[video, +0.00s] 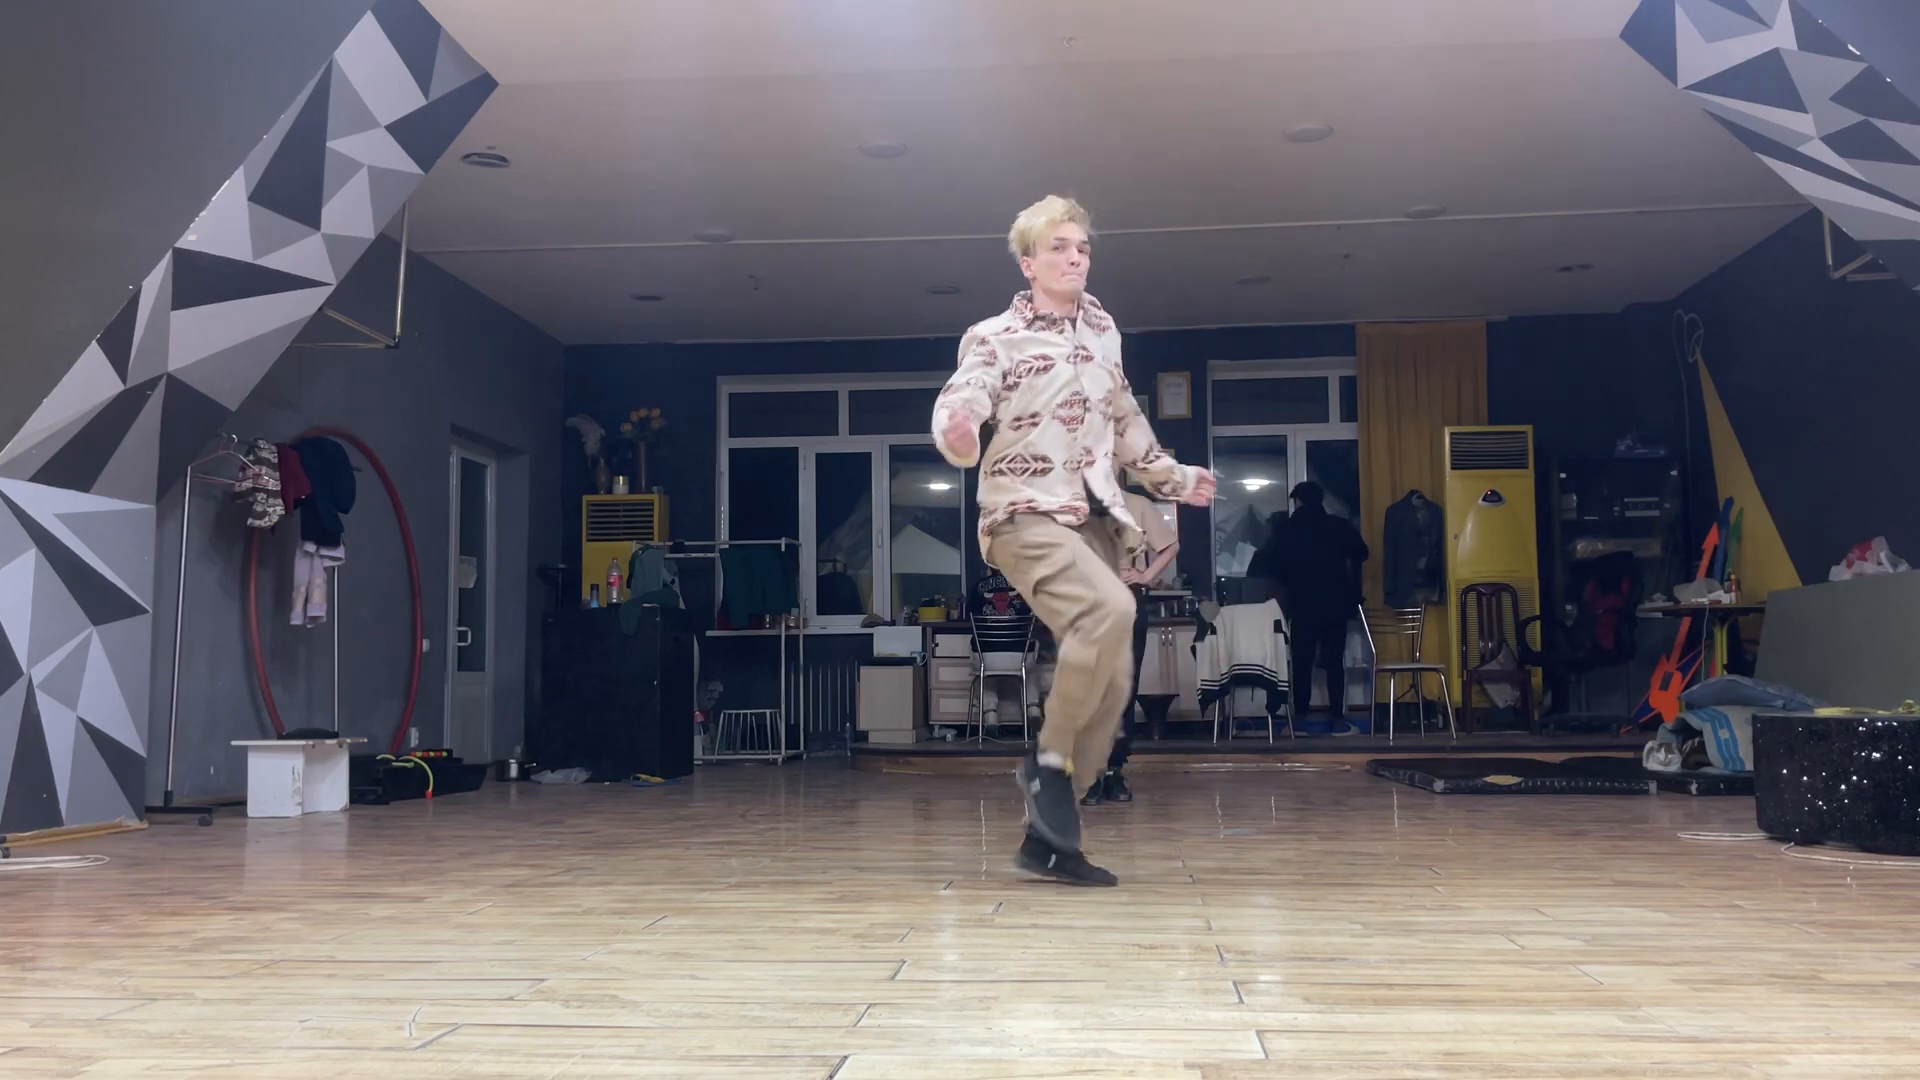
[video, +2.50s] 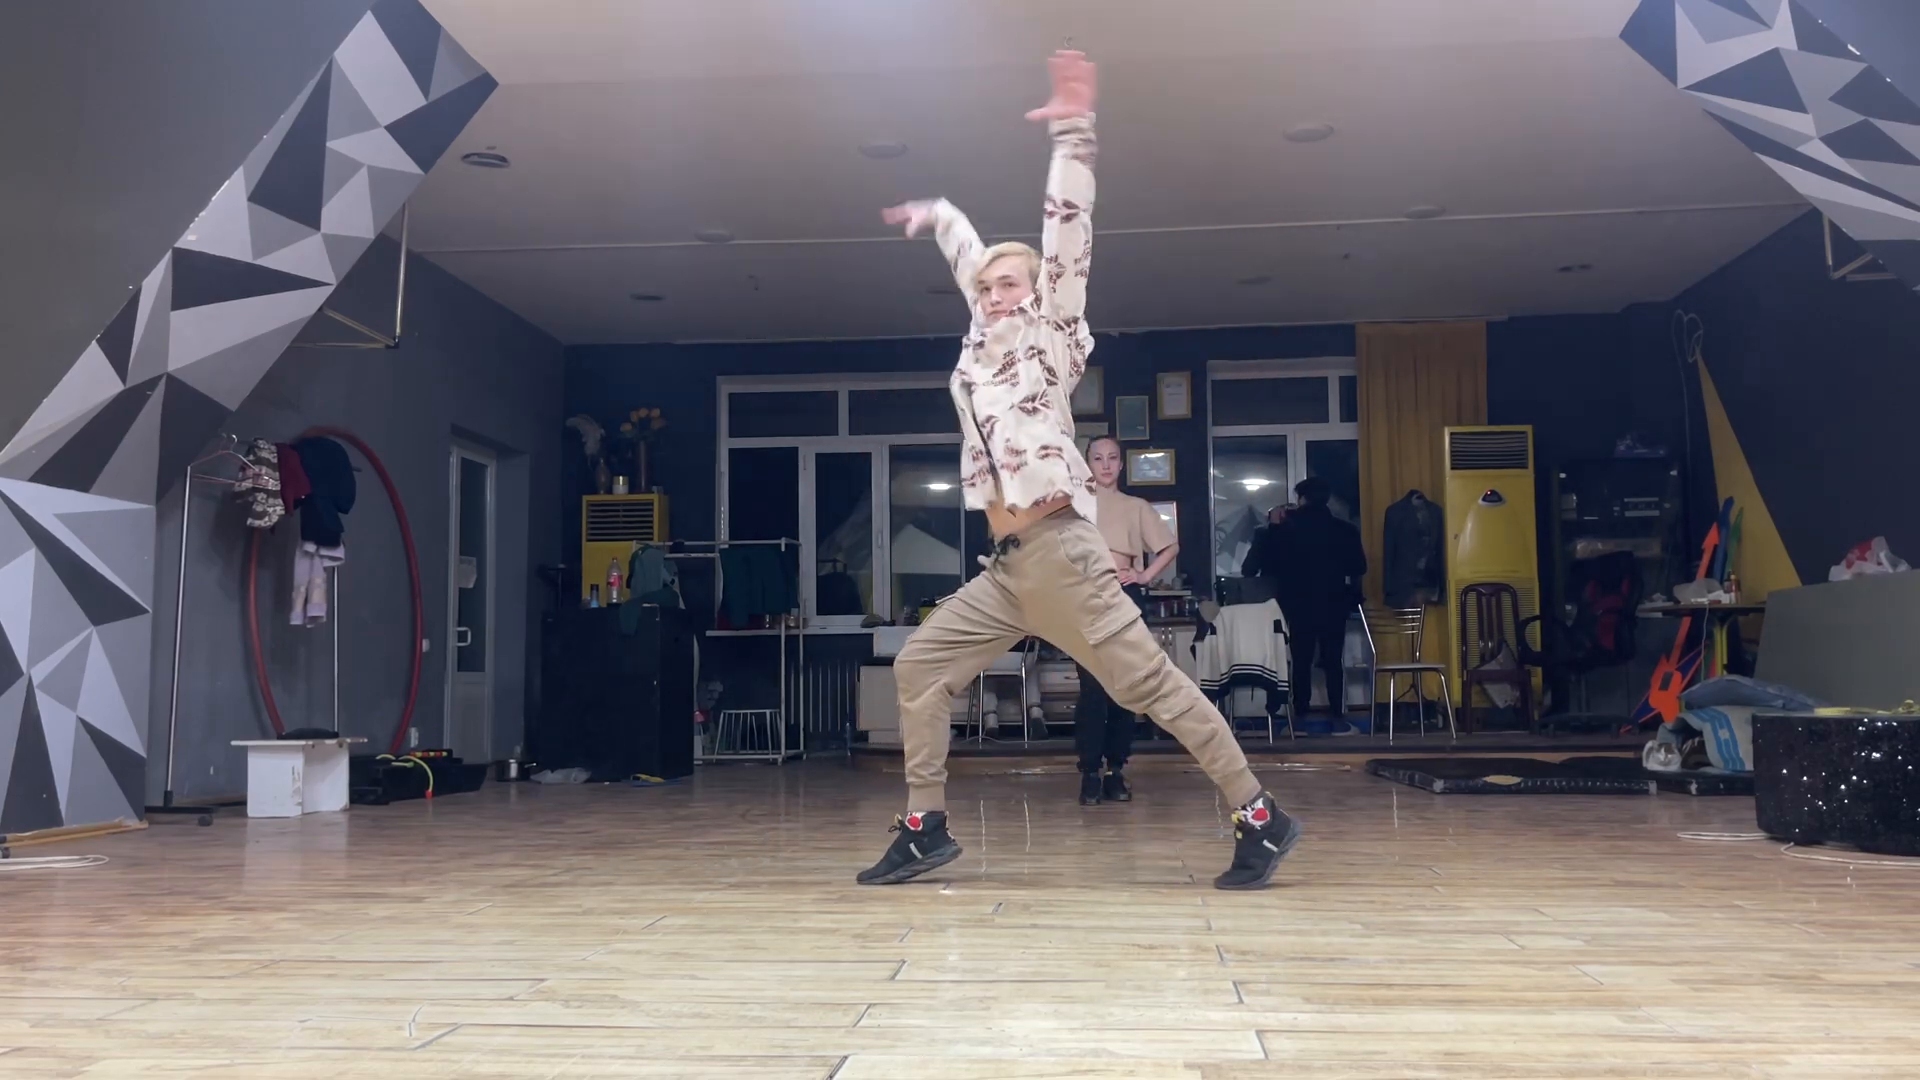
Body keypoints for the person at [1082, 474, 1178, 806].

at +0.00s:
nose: (1102, 469)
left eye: (1108, 462)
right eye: (1098, 462)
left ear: (1117, 468)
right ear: (1086, 470)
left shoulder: (1134, 504)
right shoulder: (1076, 508)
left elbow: (1170, 544)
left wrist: (1147, 574)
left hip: (1129, 595)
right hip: (1092, 596)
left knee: (1122, 681)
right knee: (1097, 678)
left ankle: (1115, 769)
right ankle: (1097, 770)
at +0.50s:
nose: (1097, 458)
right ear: (1082, 461)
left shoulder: (1133, 500)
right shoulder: (1067, 500)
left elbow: (1169, 545)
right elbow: (1054, 545)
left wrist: (1148, 574)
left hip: (1126, 596)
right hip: (1083, 598)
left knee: (1123, 689)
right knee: (1091, 689)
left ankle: (1115, 772)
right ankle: (1091, 775)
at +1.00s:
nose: (1107, 465)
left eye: (1113, 459)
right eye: (1100, 459)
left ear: (1122, 465)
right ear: (1089, 465)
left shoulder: (1137, 508)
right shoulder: (1070, 507)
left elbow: (1171, 546)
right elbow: (1051, 547)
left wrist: (1147, 575)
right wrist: (1072, 578)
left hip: (1126, 598)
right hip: (1083, 600)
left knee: (1124, 687)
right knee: (1090, 686)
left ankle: (1116, 770)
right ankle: (1090, 771)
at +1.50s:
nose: (1105, 464)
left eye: (1111, 458)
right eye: (1098, 458)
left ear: (1121, 464)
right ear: (1089, 464)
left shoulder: (1137, 506)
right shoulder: (1073, 504)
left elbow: (1170, 546)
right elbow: (1046, 545)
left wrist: (1147, 574)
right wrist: (1063, 578)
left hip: (1126, 600)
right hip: (1086, 601)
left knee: (1123, 691)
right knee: (1092, 690)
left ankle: (1116, 773)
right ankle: (1091, 777)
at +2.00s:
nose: (1105, 464)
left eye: (1111, 458)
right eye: (1097, 458)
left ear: (1121, 463)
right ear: (1086, 465)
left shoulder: (1136, 506)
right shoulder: (1070, 505)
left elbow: (1170, 546)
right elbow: (1052, 546)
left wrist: (1146, 575)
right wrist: (1071, 578)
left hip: (1126, 598)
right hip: (1084, 599)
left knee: (1122, 681)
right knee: (1090, 682)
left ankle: (1115, 771)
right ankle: (1090, 772)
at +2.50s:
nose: (1106, 465)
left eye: (1112, 458)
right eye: (1099, 459)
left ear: (1121, 464)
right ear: (1088, 465)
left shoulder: (1137, 507)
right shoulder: (1074, 503)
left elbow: (1170, 547)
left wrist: (1146, 574)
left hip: (1126, 595)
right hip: (1084, 594)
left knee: (1126, 685)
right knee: (1092, 685)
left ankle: (1115, 771)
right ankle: (1091, 772)